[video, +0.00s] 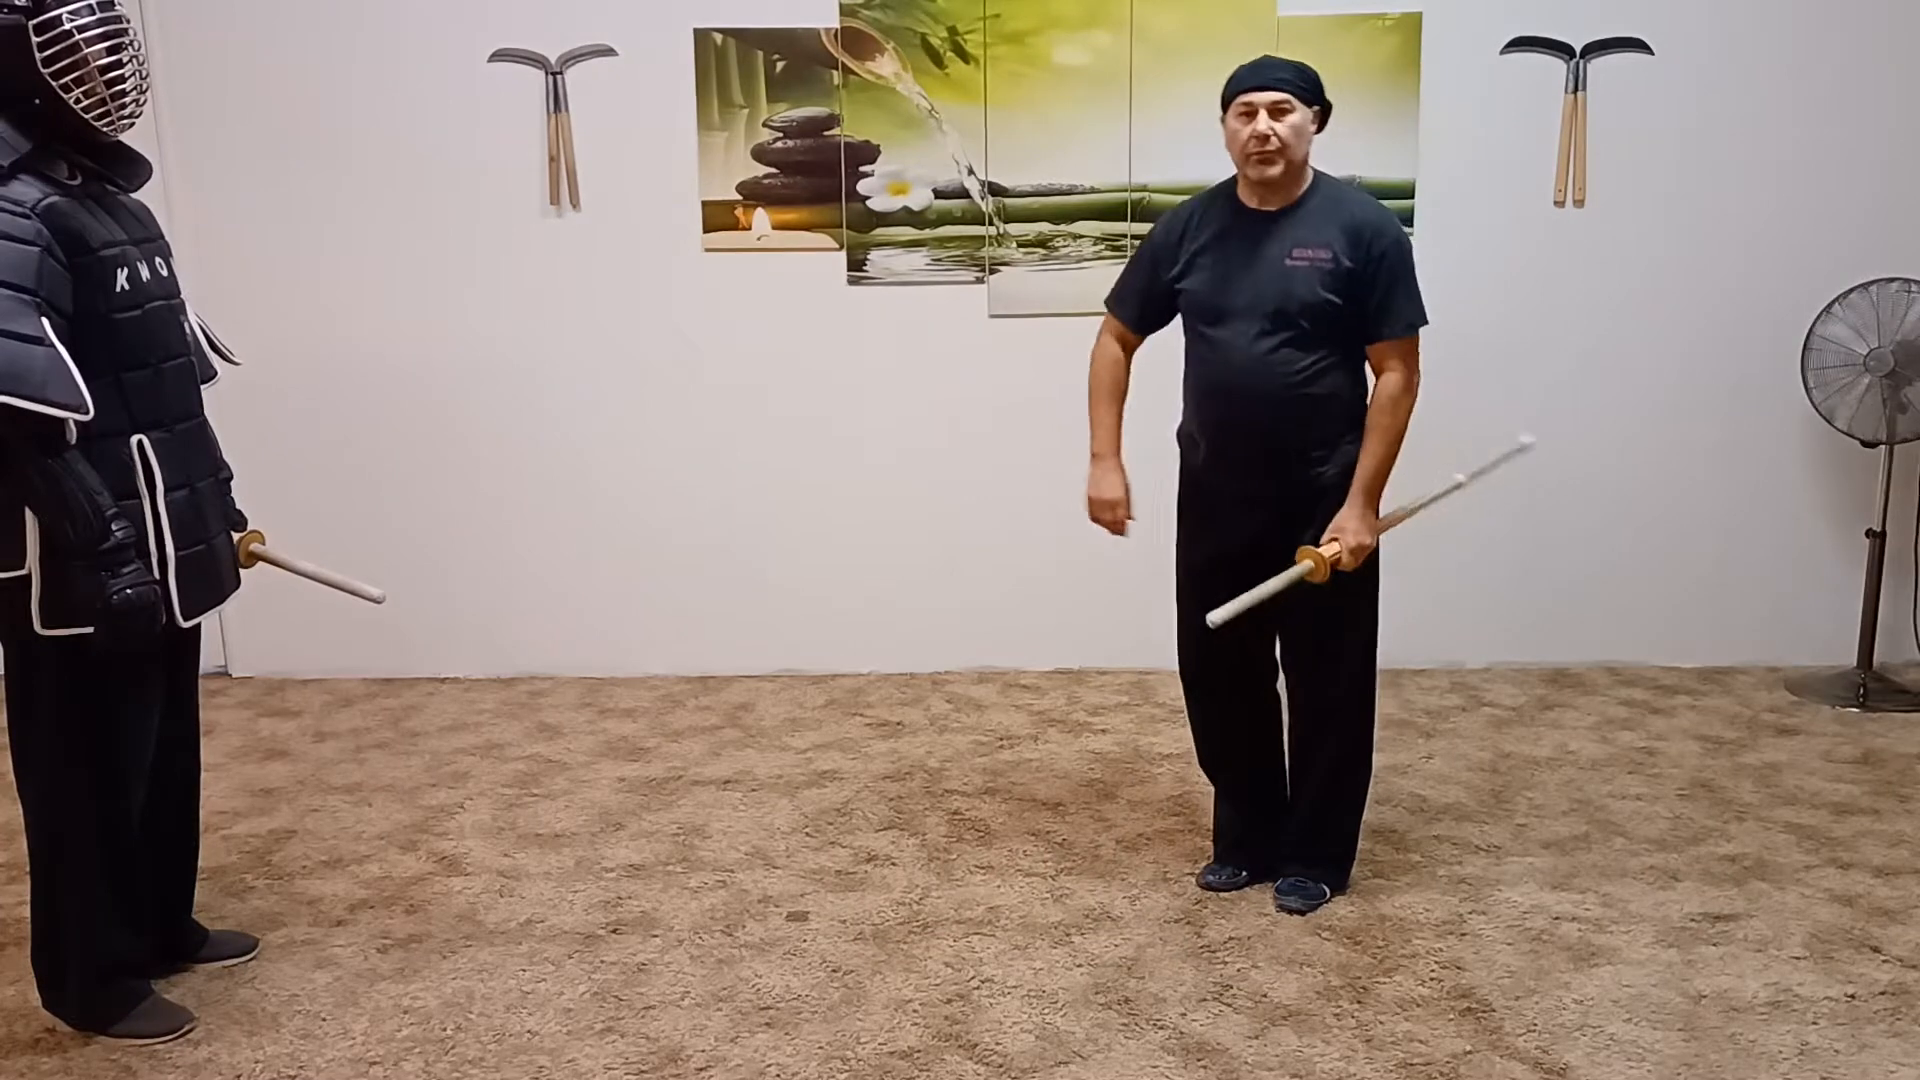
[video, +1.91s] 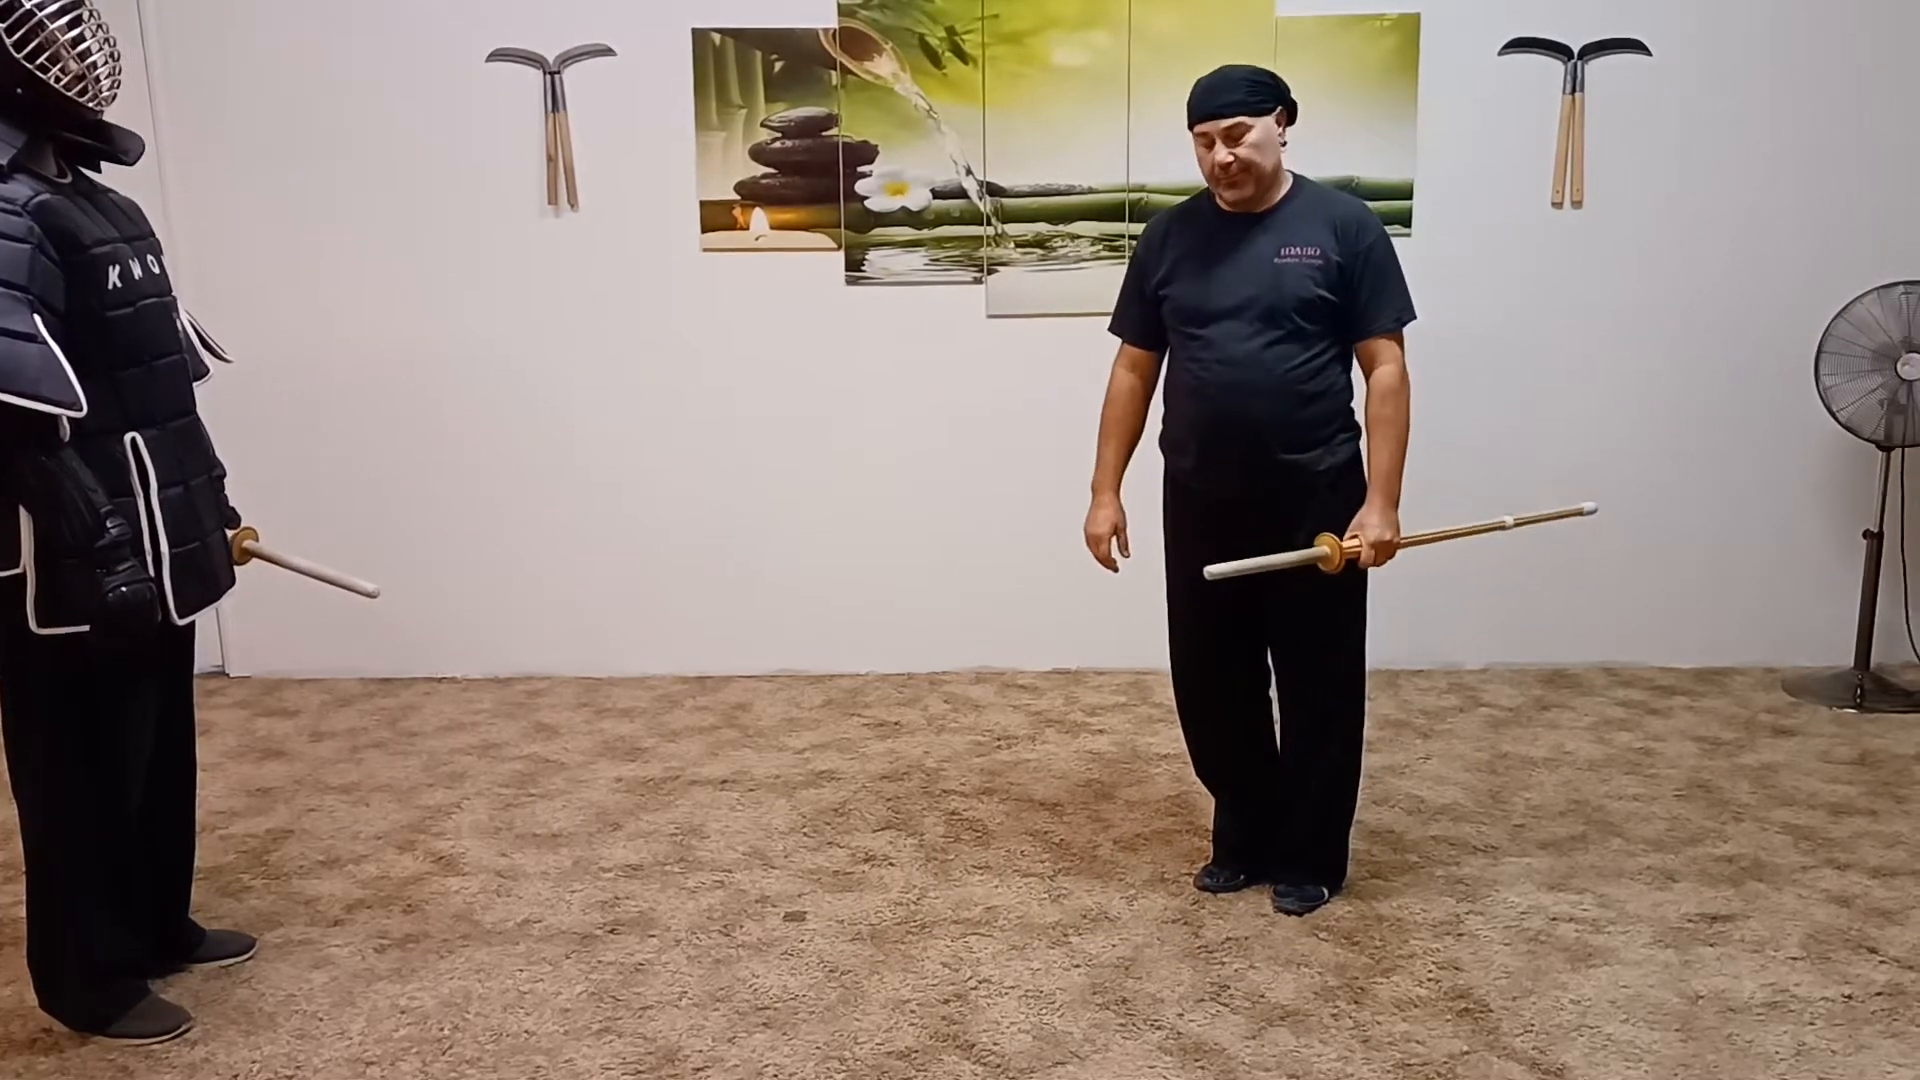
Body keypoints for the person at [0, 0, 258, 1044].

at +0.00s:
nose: (123, 67)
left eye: (119, 48)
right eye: (98, 49)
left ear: (100, 67)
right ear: (44, 67)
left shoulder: (119, 197)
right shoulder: (21, 206)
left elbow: (174, 380)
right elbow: (26, 400)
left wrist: (219, 509)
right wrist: (101, 538)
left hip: (159, 541)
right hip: (71, 553)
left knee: (161, 748)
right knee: (86, 768)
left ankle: (161, 931)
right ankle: (90, 981)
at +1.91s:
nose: (98, 68)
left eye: (92, 52)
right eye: (76, 54)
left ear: (60, 80)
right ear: (35, 76)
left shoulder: (115, 208)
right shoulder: (13, 214)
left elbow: (168, 384)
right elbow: (23, 409)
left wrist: (212, 511)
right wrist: (98, 538)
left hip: (153, 548)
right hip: (64, 560)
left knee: (157, 752)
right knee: (82, 773)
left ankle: (160, 931)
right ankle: (87, 983)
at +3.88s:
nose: (87, 83)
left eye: (82, 68)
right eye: (69, 69)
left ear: (46, 83)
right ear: (29, 82)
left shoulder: (100, 205)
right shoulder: (6, 212)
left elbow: (156, 379)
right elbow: (20, 410)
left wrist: (203, 505)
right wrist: (88, 541)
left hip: (146, 544)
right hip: (58, 559)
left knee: (149, 745)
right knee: (73, 765)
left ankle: (151, 929)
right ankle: (78, 979)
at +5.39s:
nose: (94, 75)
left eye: (89, 58)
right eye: (74, 60)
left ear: (56, 77)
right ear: (33, 76)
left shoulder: (106, 205)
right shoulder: (10, 211)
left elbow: (161, 381)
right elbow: (21, 407)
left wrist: (205, 505)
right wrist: (94, 538)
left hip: (149, 545)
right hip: (61, 560)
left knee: (151, 747)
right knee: (75, 769)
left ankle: (152, 928)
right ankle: (79, 981)